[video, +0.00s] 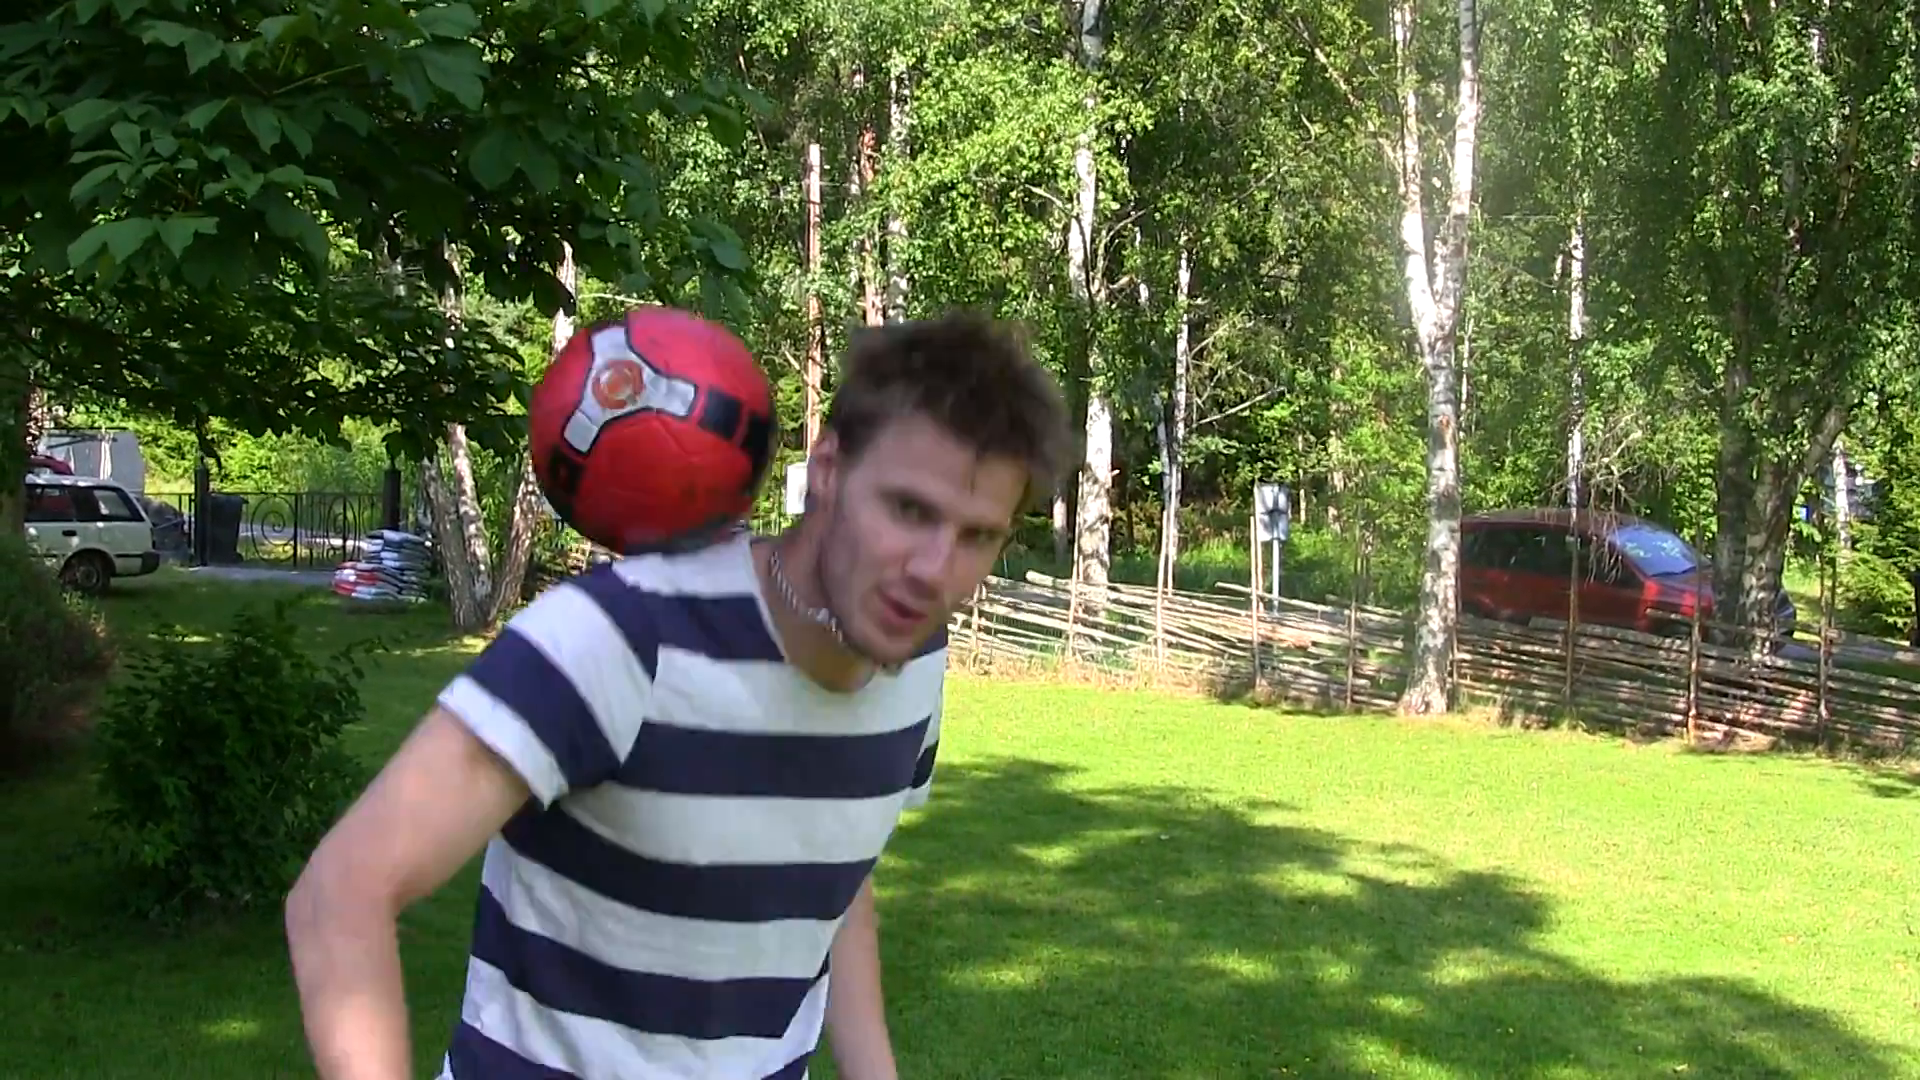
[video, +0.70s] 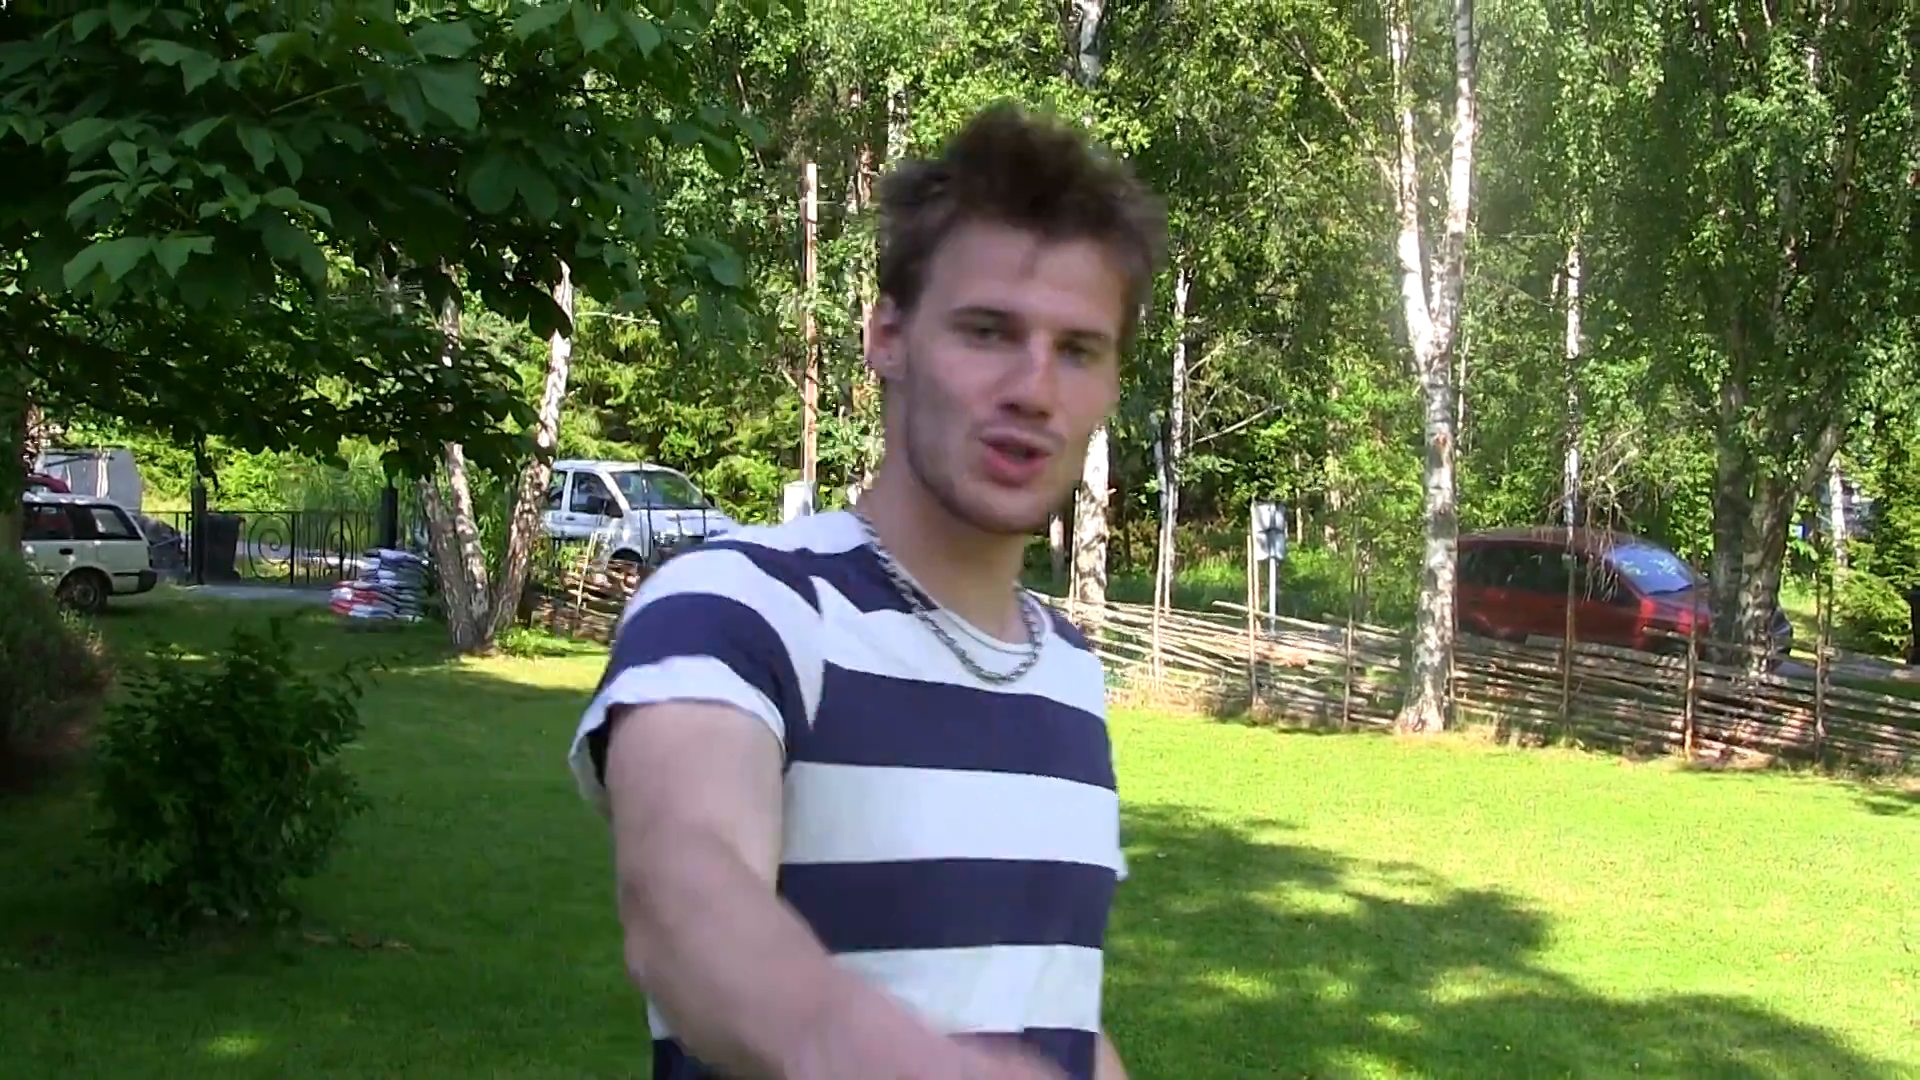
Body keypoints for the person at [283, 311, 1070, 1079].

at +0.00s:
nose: (934, 572)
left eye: (977, 538)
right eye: (909, 510)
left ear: (1001, 549)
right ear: (826, 472)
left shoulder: (916, 662)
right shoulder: (622, 631)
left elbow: (839, 890)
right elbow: (337, 899)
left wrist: (873, 1071)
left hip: (766, 1068)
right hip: (544, 1065)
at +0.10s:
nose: (932, 489)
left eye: (977, 458)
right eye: (907, 430)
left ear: (1003, 477)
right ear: (824, 400)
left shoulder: (913, 653)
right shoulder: (631, 581)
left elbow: (844, 911)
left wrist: (875, 1068)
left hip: (791, 1066)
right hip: (582, 1060)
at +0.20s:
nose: (908, 445)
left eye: (956, 417)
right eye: (883, 387)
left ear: (984, 447)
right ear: (806, 369)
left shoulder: (914, 659)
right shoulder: (623, 565)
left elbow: (878, 958)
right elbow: (454, 767)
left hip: (830, 1065)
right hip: (605, 1063)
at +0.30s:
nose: (871, 432)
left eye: (920, 403)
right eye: (844, 376)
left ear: (951, 442)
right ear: (766, 373)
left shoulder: (914, 678)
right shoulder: (596, 581)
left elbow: (903, 984)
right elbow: (536, 686)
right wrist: (575, 782)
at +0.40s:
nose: (846, 409)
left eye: (895, 376)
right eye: (813, 354)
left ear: (935, 416)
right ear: (736, 358)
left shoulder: (922, 690)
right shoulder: (589, 573)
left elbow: (912, 979)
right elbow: (552, 649)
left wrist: (964, 1059)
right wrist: (627, 700)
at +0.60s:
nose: (932, 383)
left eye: (980, 342)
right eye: (889, 326)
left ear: (1021, 382)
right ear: (804, 342)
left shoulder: (999, 669)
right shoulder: (668, 570)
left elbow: (990, 990)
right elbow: (640, 704)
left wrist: (1043, 1056)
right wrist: (737, 777)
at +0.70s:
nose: (1032, 391)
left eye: (1077, 350)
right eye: (987, 331)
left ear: (1114, 386)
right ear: (888, 343)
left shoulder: (1073, 672)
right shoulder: (734, 595)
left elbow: (1055, 1005)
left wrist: (1098, 1060)